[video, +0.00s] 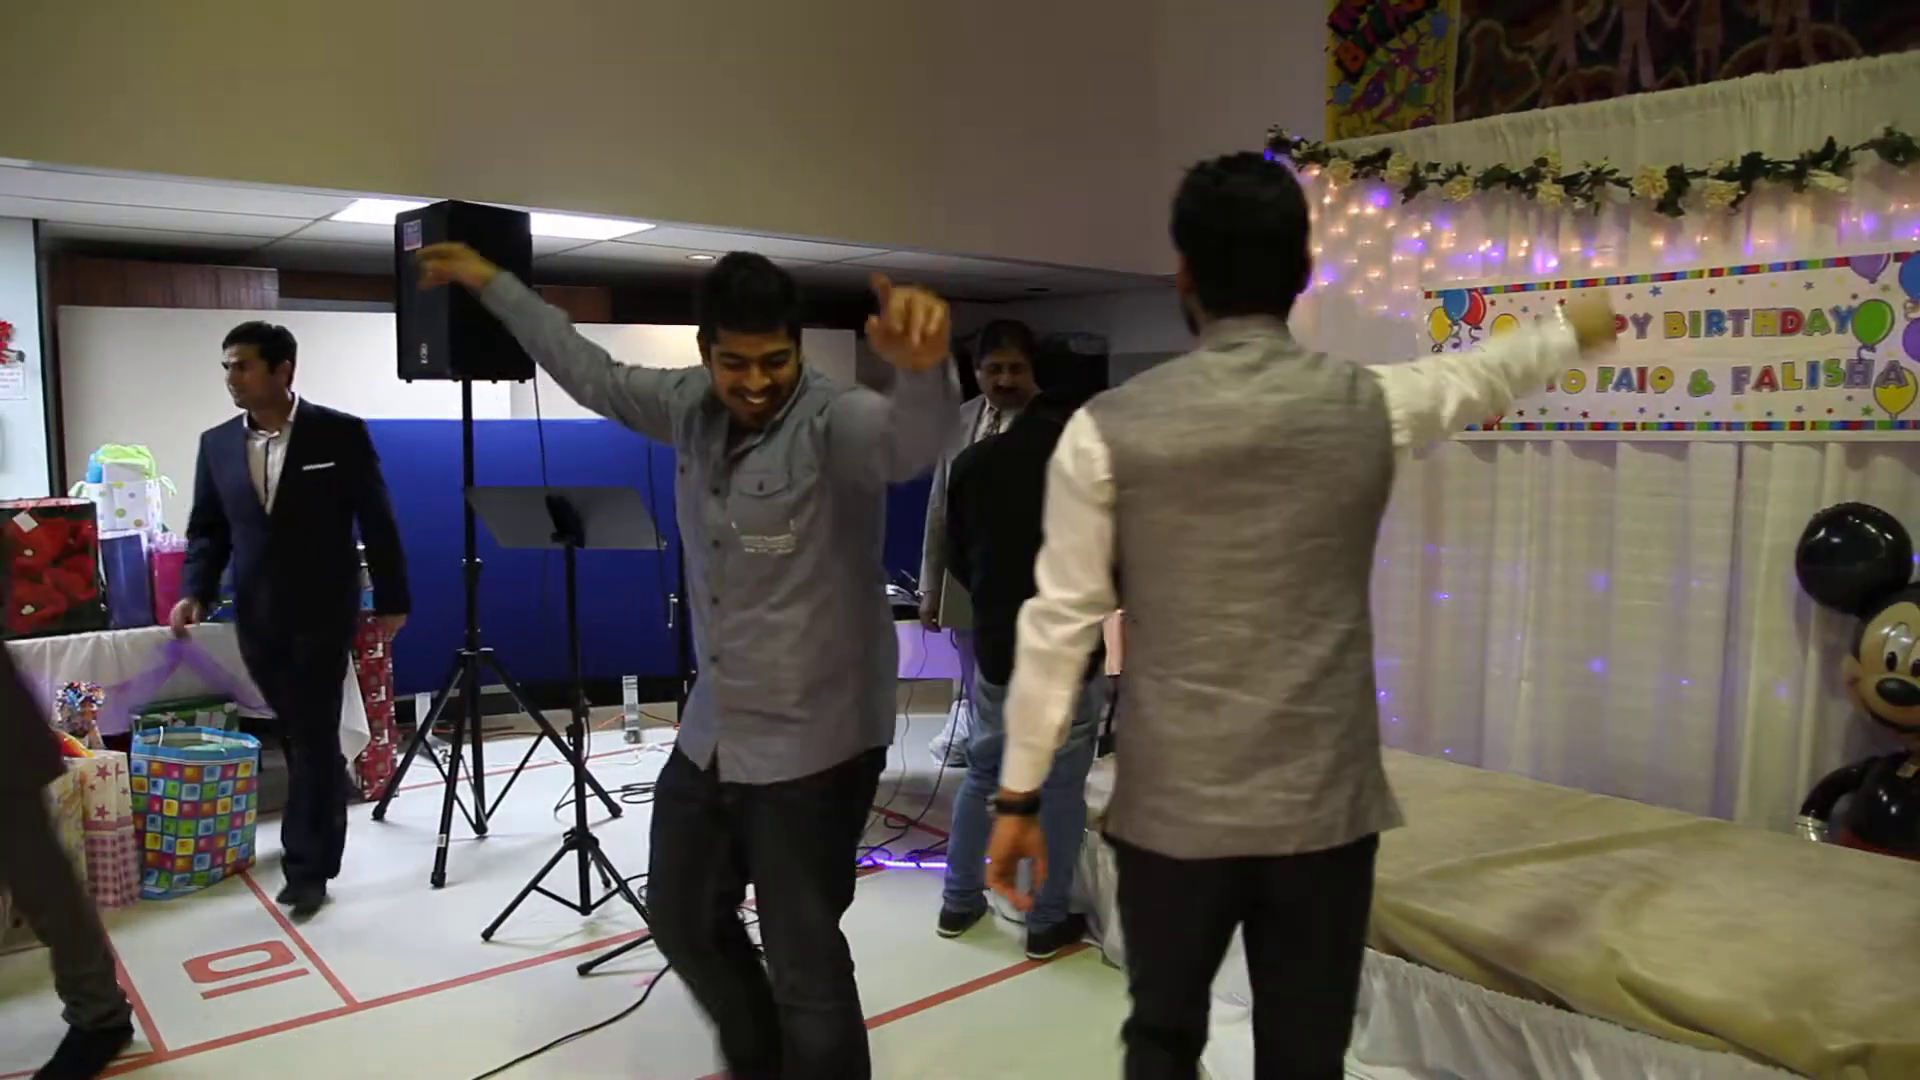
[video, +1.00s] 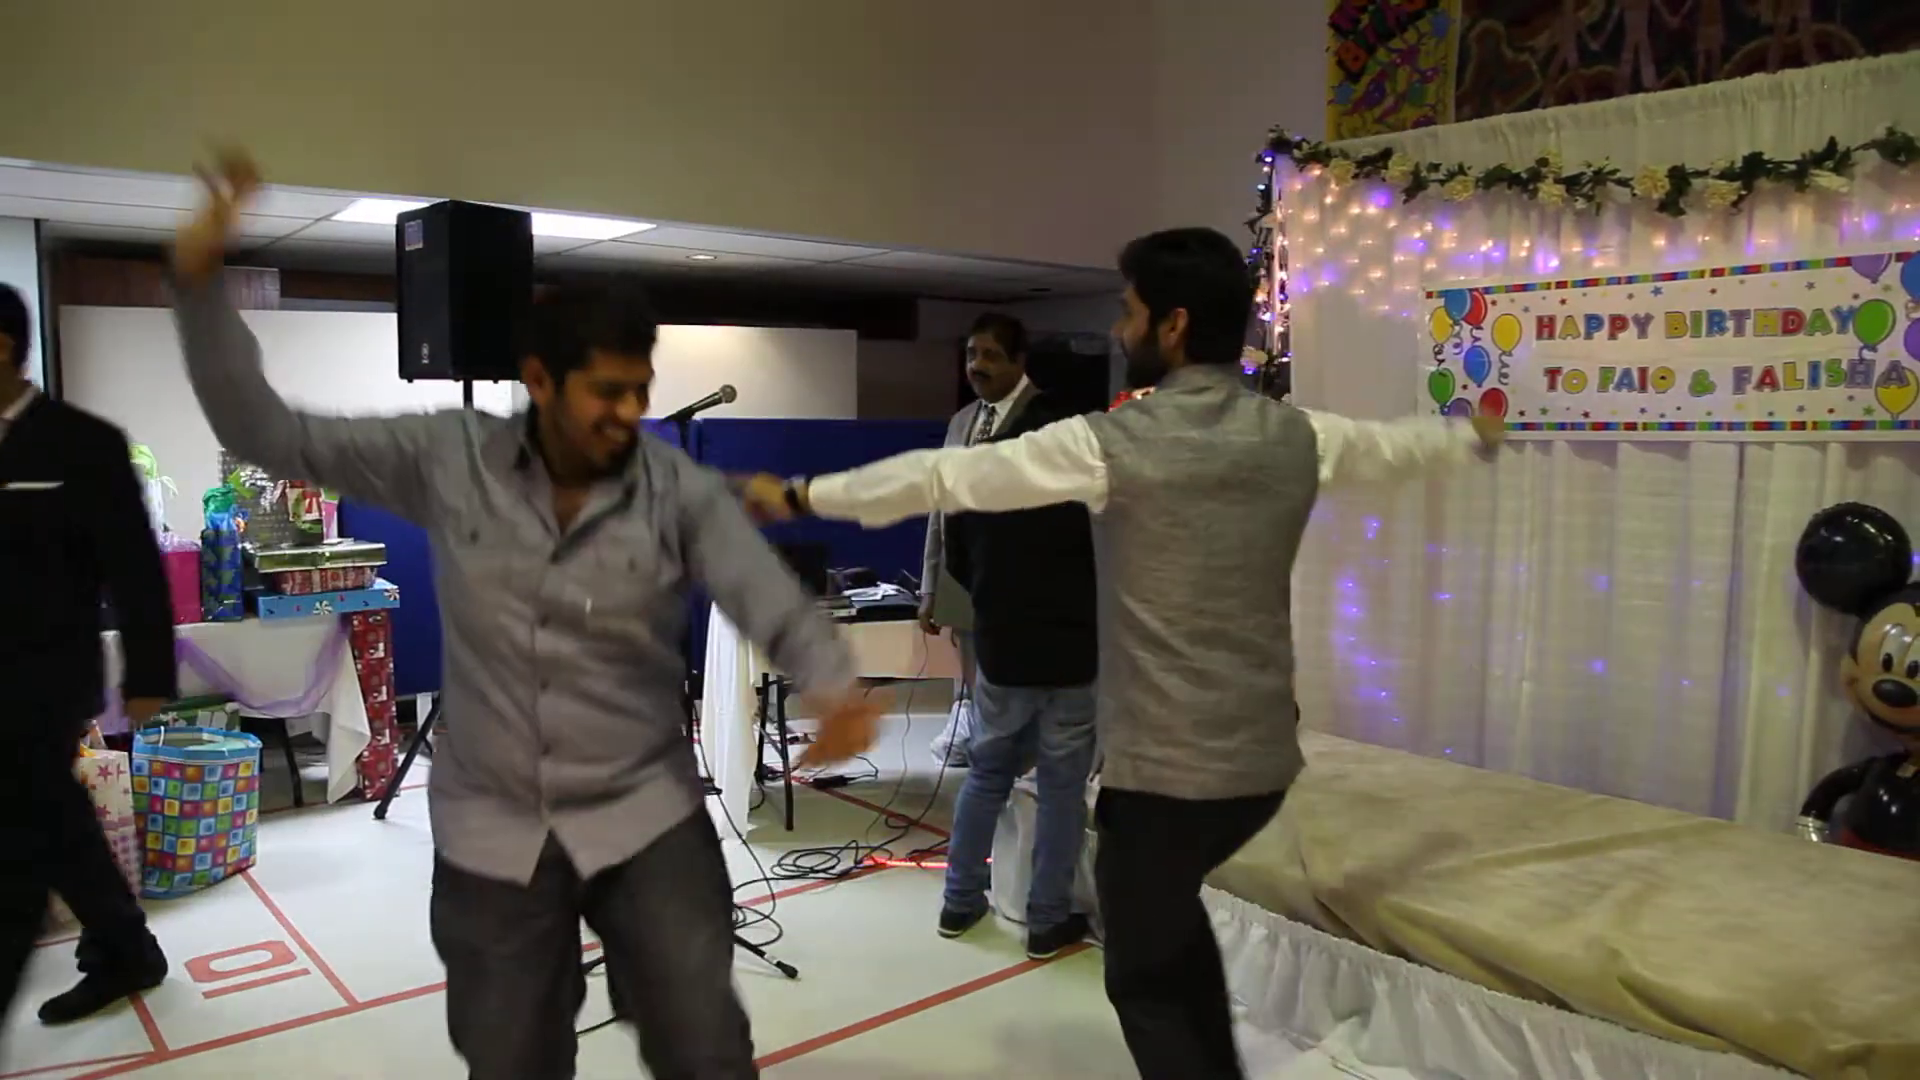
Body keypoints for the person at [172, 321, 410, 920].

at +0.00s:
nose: (230, 378)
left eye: (241, 367)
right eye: (227, 368)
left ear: (282, 370)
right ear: (229, 375)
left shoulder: (341, 435)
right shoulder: (218, 445)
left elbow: (377, 522)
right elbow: (208, 530)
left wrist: (392, 601)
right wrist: (194, 592)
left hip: (324, 609)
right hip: (257, 614)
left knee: (311, 737)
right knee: (299, 732)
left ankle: (307, 872)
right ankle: (327, 831)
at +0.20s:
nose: (211, 357)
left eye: (223, 346)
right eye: (208, 347)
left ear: (265, 354)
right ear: (213, 357)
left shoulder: (322, 425)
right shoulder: (193, 433)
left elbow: (358, 522)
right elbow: (181, 530)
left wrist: (366, 603)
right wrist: (167, 614)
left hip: (303, 619)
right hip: (226, 622)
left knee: (311, 746)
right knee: (240, 739)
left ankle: (308, 877)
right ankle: (307, 819)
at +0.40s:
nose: (172, 356)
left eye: (186, 344)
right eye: (170, 345)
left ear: (232, 352)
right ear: (175, 355)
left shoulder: (291, 426)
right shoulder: (160, 433)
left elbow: (323, 520)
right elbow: (150, 534)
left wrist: (311, 601)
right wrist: (132, 619)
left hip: (273, 633)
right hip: (186, 635)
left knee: (289, 765)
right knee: (190, 783)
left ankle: (304, 879)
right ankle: (186, 923)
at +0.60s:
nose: (108, 363)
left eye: (120, 352)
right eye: (106, 352)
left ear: (170, 358)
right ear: (126, 363)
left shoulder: (233, 440)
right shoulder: (104, 443)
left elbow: (263, 551)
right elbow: (93, 555)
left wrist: (251, 642)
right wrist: (75, 643)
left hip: (205, 661)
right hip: (123, 664)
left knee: (253, 790)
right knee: (126, 818)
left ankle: (301, 869)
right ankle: (125, 959)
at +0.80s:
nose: (25, 357)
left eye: (39, 343)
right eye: (22, 344)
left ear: (93, 344)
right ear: (27, 348)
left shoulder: (163, 430)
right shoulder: (21, 434)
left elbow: (199, 545)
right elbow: (10, 548)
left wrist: (200, 650)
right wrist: (9, 637)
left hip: (124, 656)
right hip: (39, 656)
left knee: (128, 795)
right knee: (72, 815)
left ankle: (207, 884)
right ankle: (121, 957)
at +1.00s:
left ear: (14, 349)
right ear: (17, 351)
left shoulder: (82, 444)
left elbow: (135, 566)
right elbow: (131, 565)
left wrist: (148, 677)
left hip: (48, 679)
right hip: (14, 680)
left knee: (29, 824)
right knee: (54, 814)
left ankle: (126, 949)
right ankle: (124, 950)